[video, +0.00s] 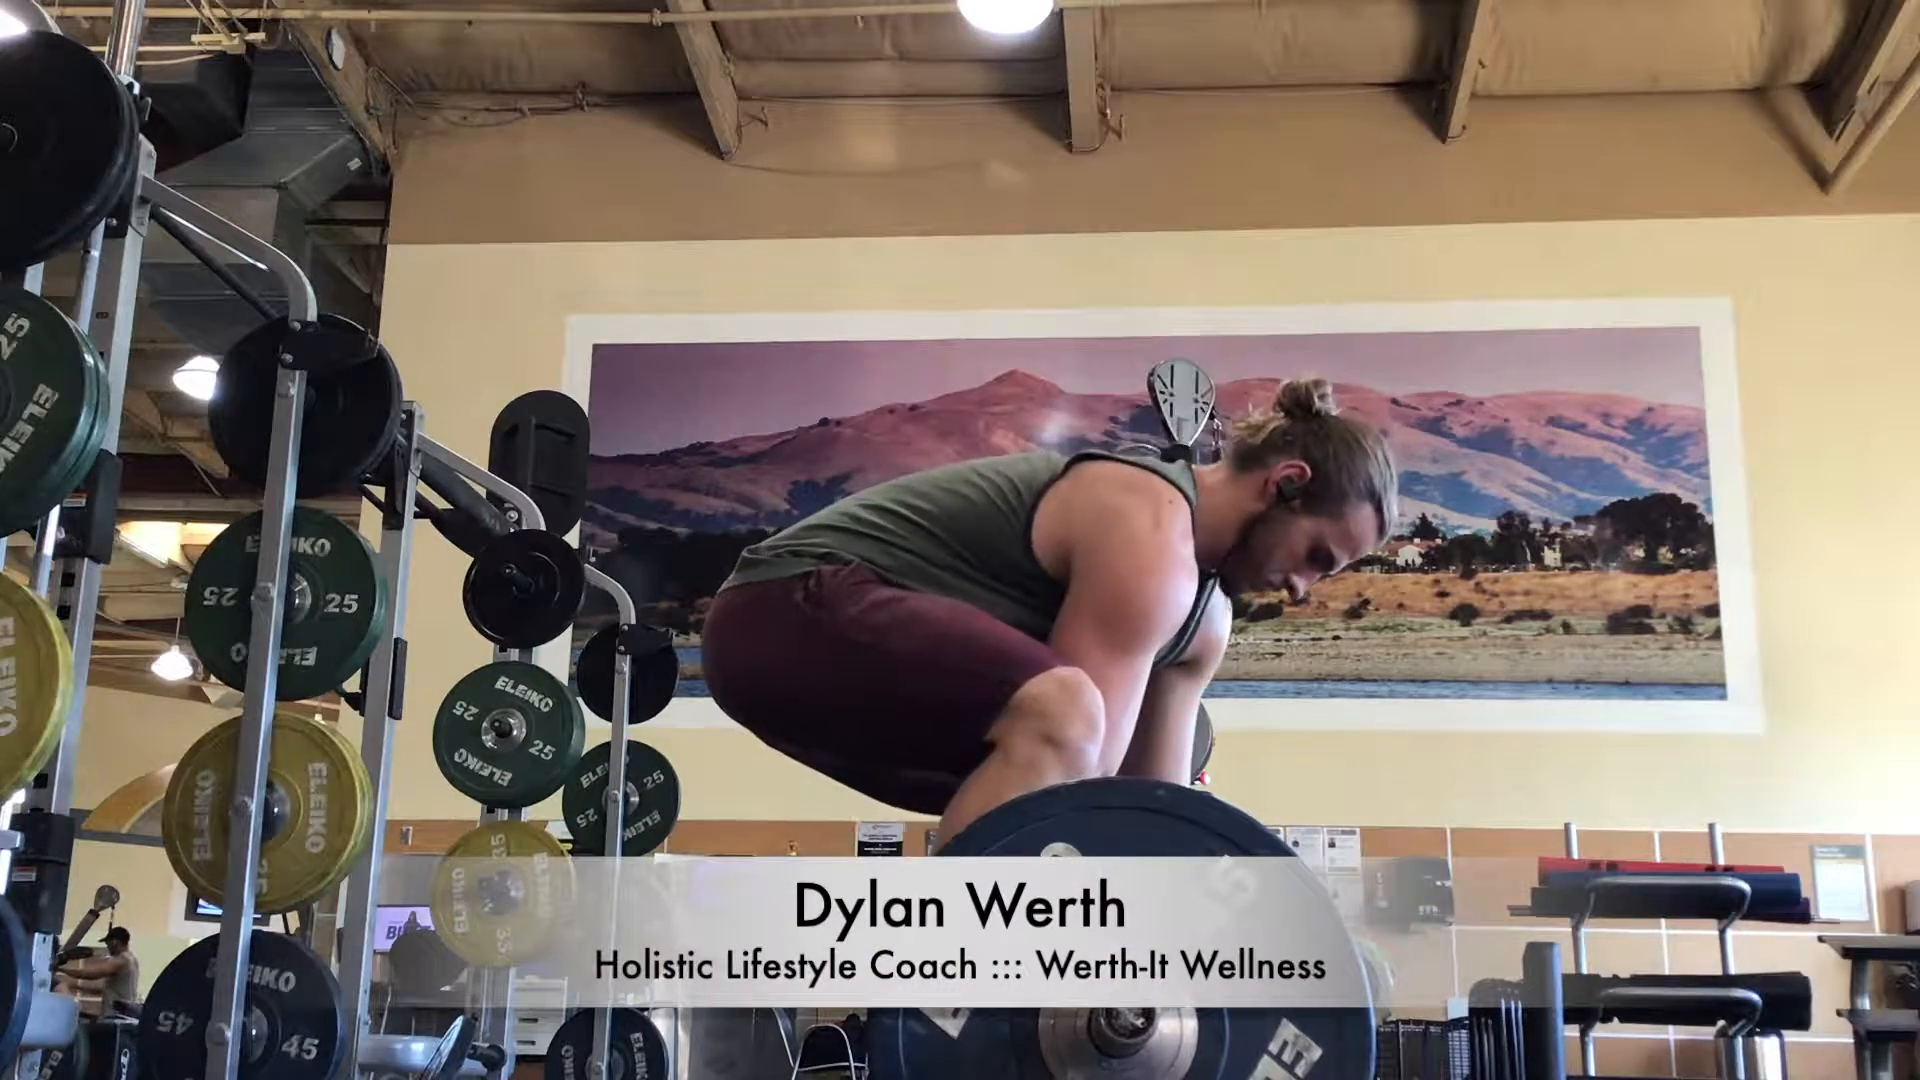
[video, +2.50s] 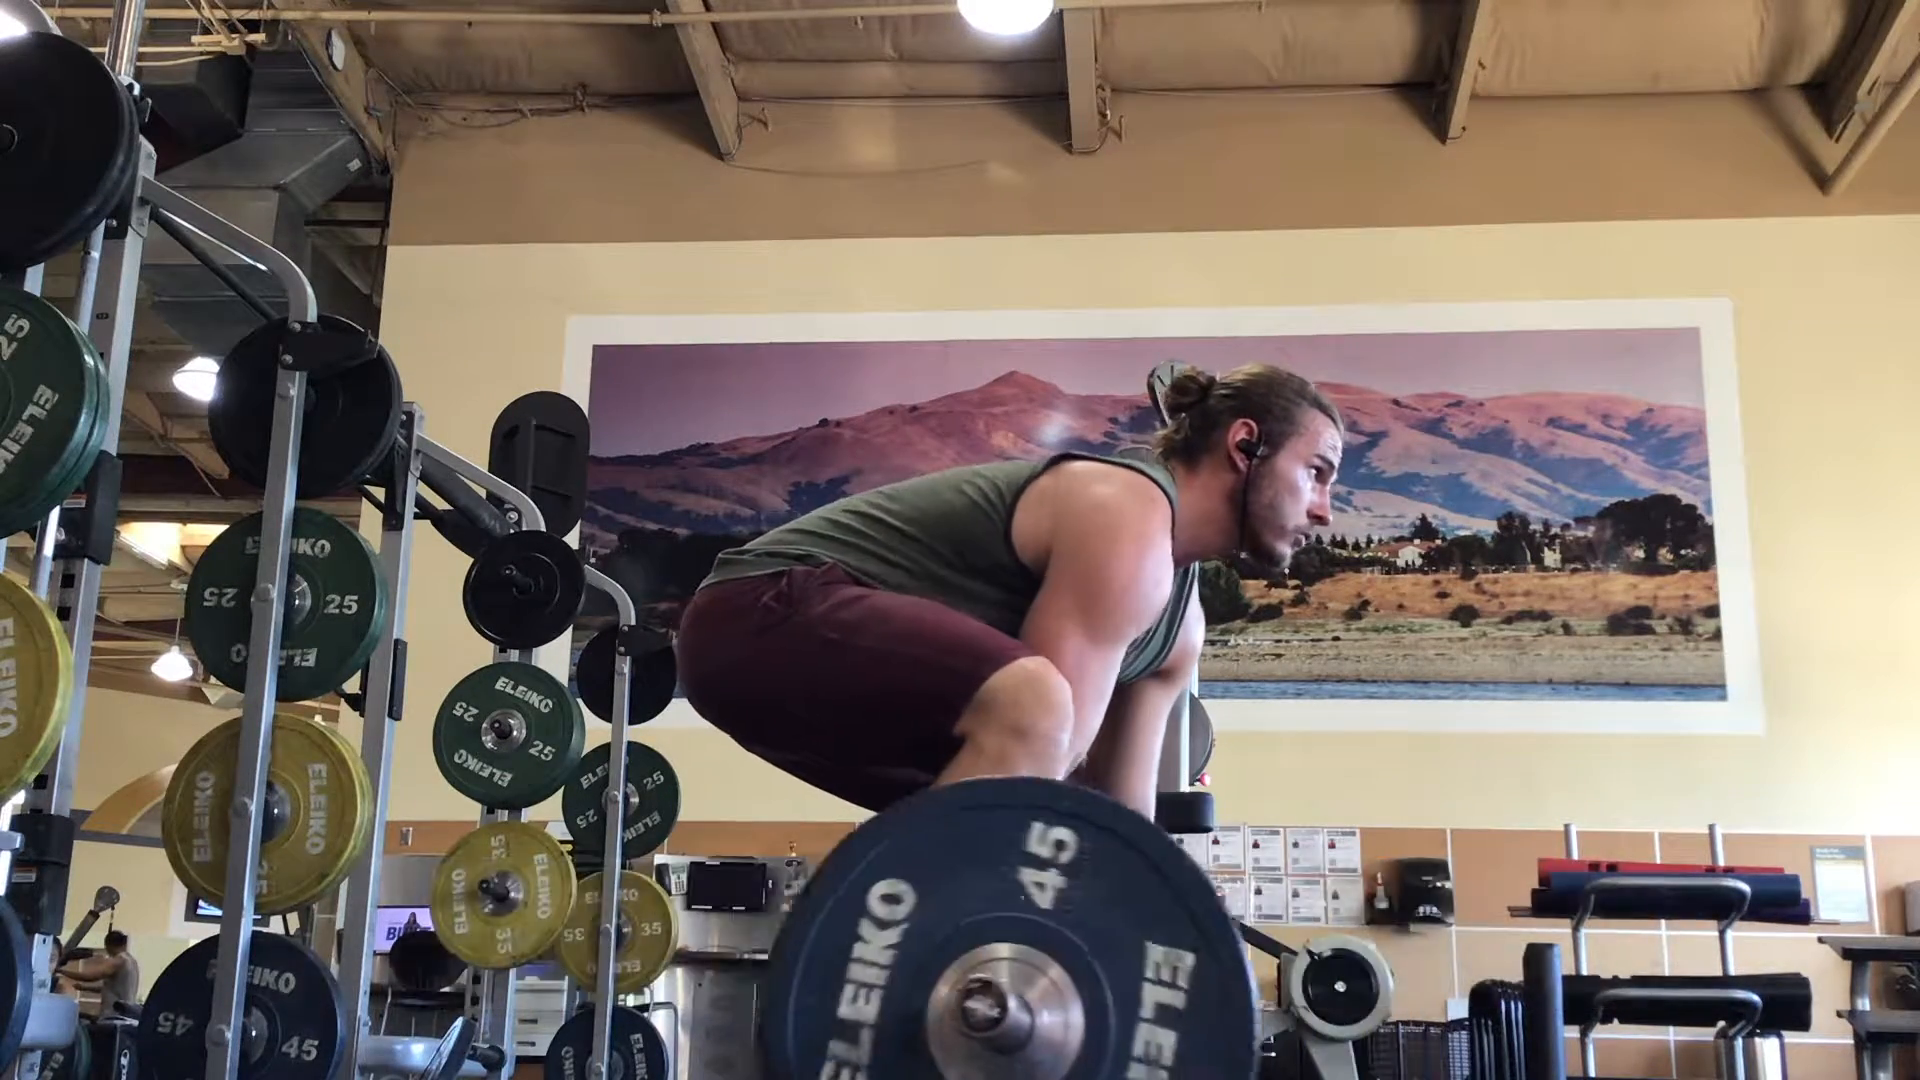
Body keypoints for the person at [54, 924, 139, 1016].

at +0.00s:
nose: (107, 947)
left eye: (108, 943)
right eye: (106, 943)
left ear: (116, 943)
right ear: (122, 943)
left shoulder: (121, 960)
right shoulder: (130, 960)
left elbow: (88, 974)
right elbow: (103, 987)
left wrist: (61, 969)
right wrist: (76, 985)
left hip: (113, 1017)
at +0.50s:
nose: (107, 947)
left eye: (108, 944)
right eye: (106, 944)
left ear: (116, 943)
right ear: (121, 943)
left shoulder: (122, 960)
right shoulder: (129, 961)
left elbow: (88, 973)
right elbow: (97, 985)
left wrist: (60, 969)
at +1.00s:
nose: (105, 946)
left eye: (107, 942)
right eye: (105, 942)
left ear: (114, 942)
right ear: (119, 943)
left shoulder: (119, 960)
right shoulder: (128, 961)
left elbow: (87, 976)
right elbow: (105, 988)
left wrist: (61, 970)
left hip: (108, 1017)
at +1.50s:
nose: (102, 948)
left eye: (103, 944)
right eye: (101, 944)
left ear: (112, 943)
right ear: (121, 944)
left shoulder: (115, 961)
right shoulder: (132, 963)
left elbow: (88, 977)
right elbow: (144, 981)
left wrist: (61, 971)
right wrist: (131, 970)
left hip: (106, 1017)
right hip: (123, 1017)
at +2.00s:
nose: (107, 947)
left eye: (108, 943)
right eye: (107, 943)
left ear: (109, 944)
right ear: (124, 942)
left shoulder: (118, 961)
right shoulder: (132, 962)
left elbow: (89, 978)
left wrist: (62, 971)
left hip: (111, 1016)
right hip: (126, 1016)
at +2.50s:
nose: (106, 949)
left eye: (107, 945)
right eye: (106, 945)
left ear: (109, 945)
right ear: (123, 944)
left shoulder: (119, 961)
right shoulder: (131, 961)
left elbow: (89, 977)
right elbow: (111, 988)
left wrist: (61, 971)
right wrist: (83, 987)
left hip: (111, 1018)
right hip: (125, 1018)